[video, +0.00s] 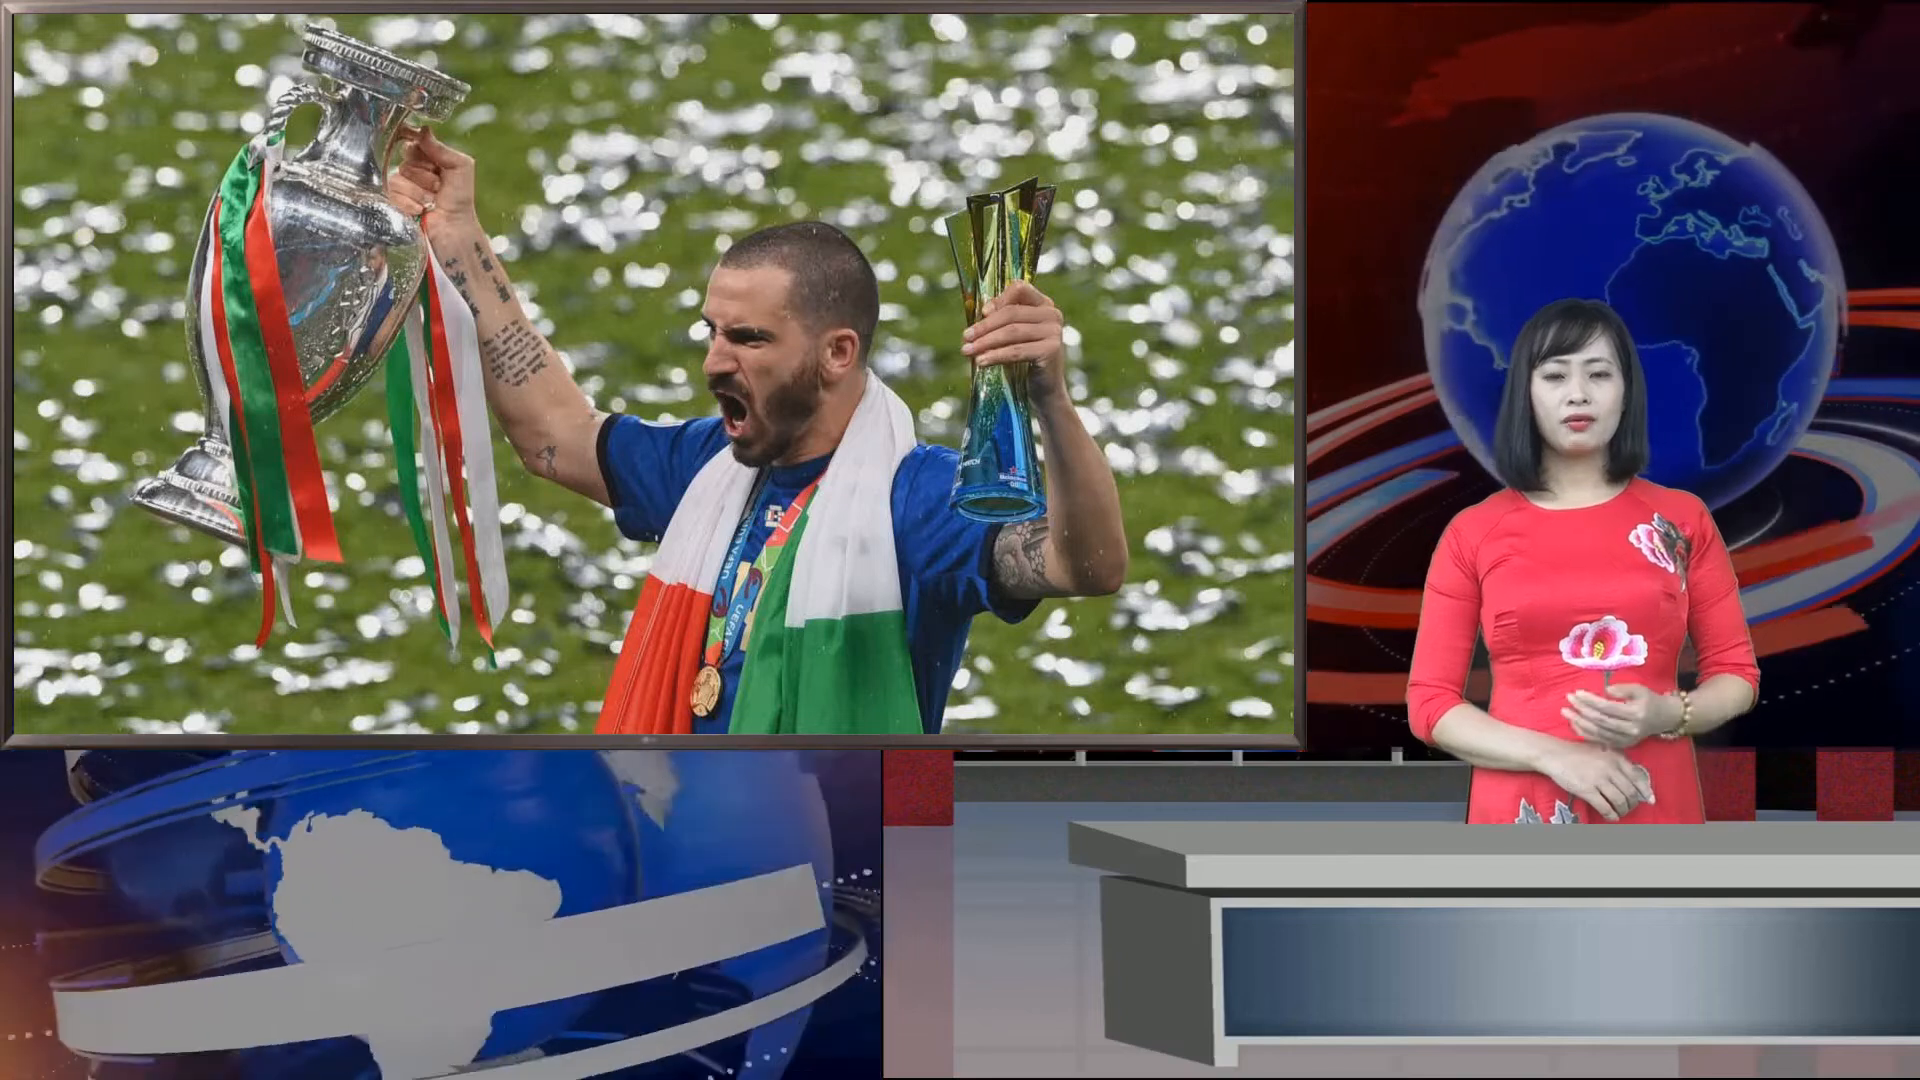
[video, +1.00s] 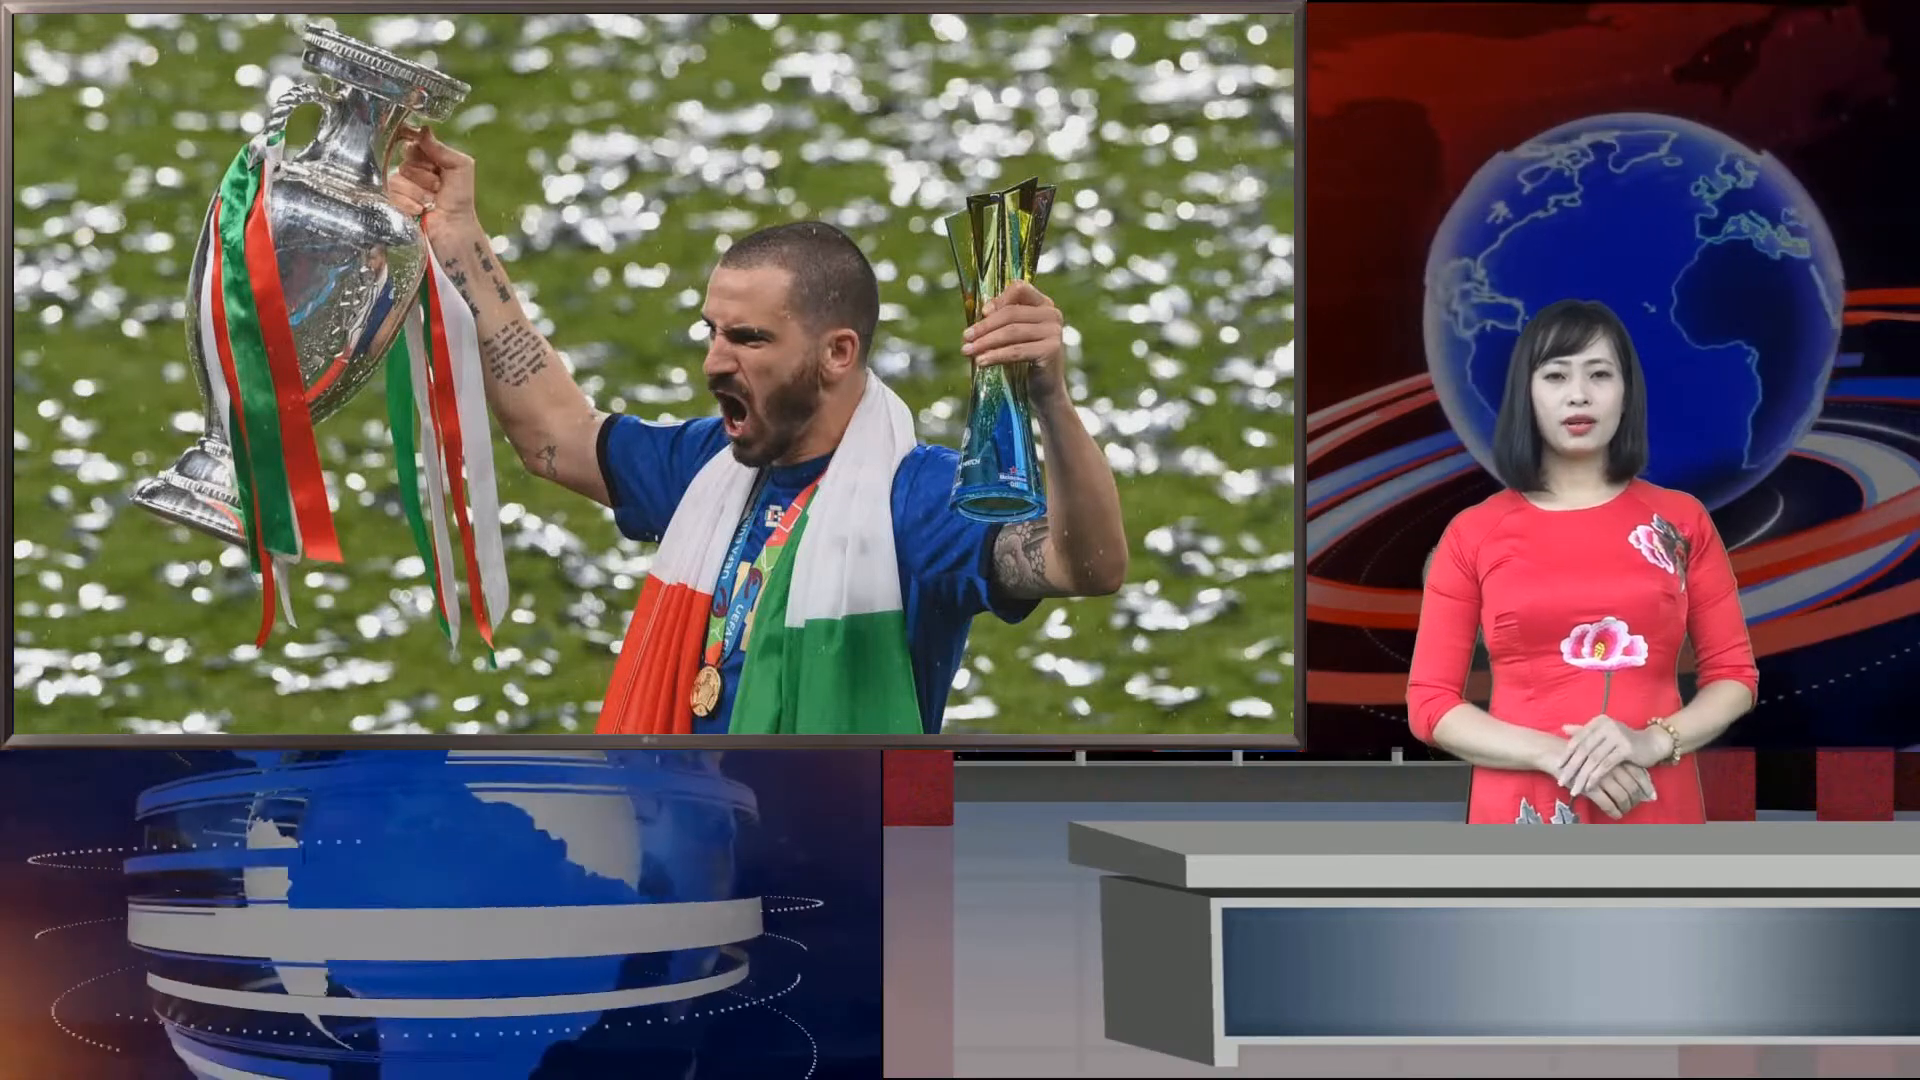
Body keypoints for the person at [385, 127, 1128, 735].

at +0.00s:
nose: (714, 362)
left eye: (747, 339)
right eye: (712, 333)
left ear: (839, 355)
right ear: (705, 327)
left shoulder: (915, 493)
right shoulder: (703, 466)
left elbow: (1090, 563)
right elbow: (557, 438)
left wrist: (1049, 398)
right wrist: (464, 251)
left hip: (830, 898)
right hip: (666, 890)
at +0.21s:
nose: (713, 361)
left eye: (747, 339)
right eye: (711, 333)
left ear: (839, 356)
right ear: (705, 327)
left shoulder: (915, 493)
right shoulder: (703, 465)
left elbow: (1089, 563)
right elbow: (557, 438)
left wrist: (1049, 398)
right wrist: (465, 254)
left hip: (830, 899)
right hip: (667, 891)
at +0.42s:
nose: (713, 361)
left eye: (747, 339)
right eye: (711, 333)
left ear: (839, 356)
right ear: (705, 327)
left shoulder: (915, 493)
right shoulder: (703, 465)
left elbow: (1089, 563)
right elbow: (557, 438)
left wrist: (1049, 398)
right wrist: (465, 253)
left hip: (833, 897)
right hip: (670, 888)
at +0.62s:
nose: (713, 361)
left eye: (747, 339)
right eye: (711, 333)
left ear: (839, 356)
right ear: (705, 327)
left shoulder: (915, 493)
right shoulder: (703, 465)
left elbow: (1090, 563)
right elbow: (557, 438)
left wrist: (1049, 398)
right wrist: (465, 253)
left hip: (832, 893)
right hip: (671, 884)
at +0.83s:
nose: (713, 362)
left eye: (747, 339)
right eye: (711, 333)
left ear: (839, 355)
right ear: (705, 327)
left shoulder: (915, 493)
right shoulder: (703, 466)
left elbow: (1090, 563)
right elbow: (557, 438)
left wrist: (1049, 399)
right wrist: (464, 252)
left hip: (832, 893)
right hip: (673, 883)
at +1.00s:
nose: (713, 362)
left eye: (747, 339)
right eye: (711, 333)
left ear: (839, 355)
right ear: (705, 327)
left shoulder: (915, 493)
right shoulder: (703, 466)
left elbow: (1090, 563)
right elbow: (557, 438)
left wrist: (1049, 398)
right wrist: (464, 252)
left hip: (833, 890)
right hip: (674, 881)